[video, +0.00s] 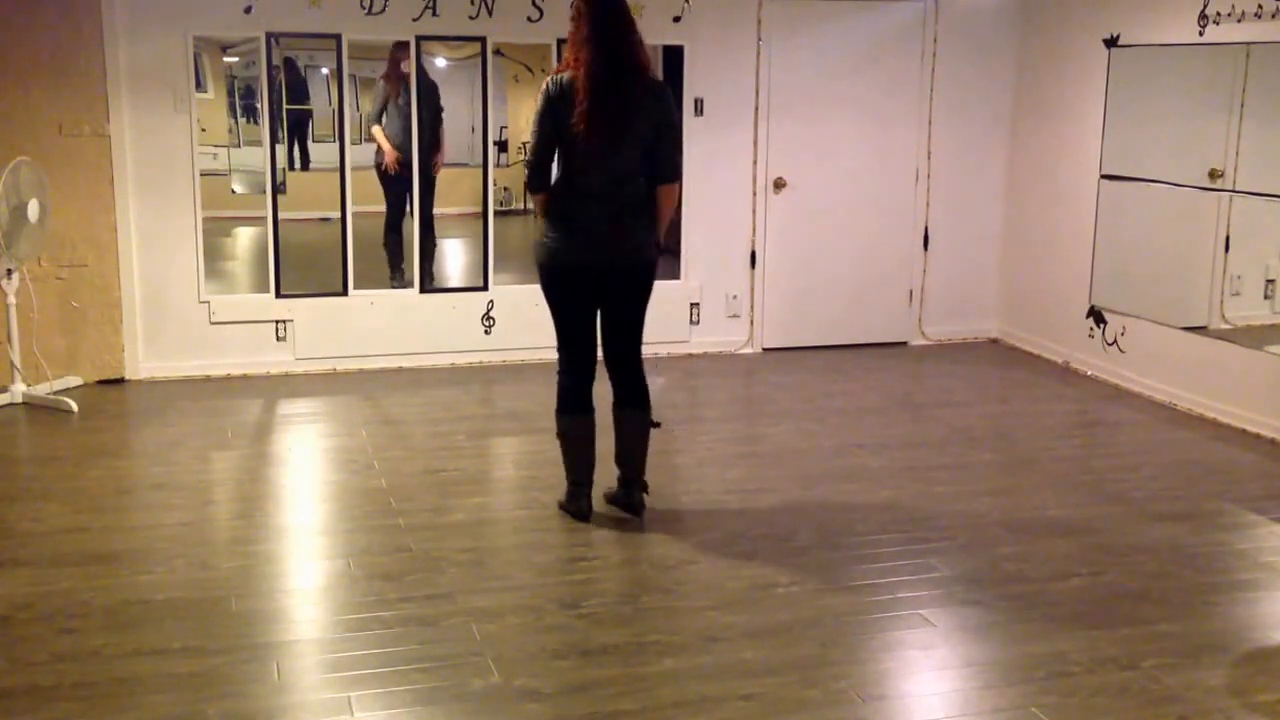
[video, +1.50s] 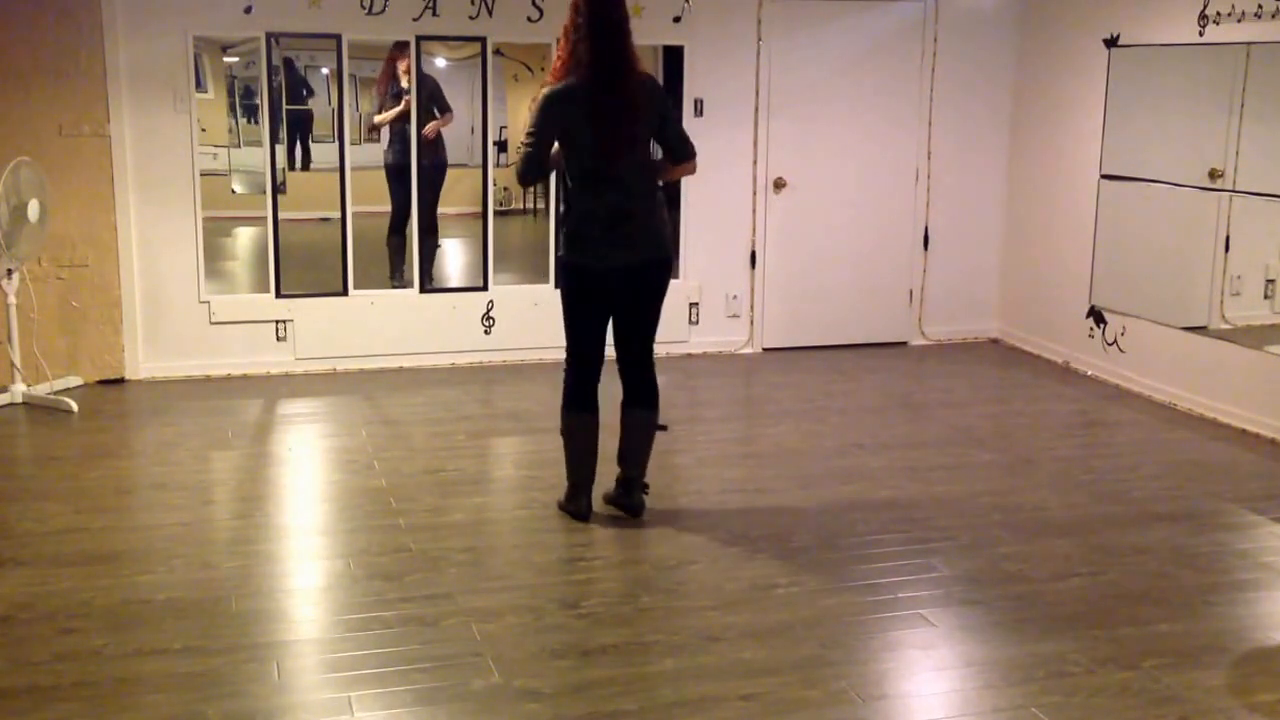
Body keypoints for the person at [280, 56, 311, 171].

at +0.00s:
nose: (281, 70)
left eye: (282, 68)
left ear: (283, 67)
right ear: (295, 65)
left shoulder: (282, 81)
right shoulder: (302, 79)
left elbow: (278, 100)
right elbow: (307, 97)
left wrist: (279, 115)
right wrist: (309, 111)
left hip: (289, 114)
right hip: (303, 113)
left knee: (289, 145)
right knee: (303, 143)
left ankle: (290, 169)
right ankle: (305, 168)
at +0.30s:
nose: (281, 70)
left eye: (282, 68)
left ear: (283, 67)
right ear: (294, 65)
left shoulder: (282, 80)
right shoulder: (302, 79)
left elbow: (278, 99)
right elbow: (307, 97)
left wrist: (278, 113)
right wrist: (306, 109)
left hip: (287, 114)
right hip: (302, 113)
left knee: (288, 143)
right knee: (300, 141)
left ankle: (289, 167)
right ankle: (304, 165)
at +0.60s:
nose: (282, 71)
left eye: (282, 68)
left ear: (283, 67)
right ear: (293, 65)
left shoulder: (282, 80)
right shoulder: (301, 78)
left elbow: (278, 96)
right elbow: (307, 96)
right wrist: (304, 105)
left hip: (287, 112)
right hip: (300, 112)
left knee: (288, 142)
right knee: (298, 142)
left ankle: (290, 167)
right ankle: (303, 165)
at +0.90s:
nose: (282, 71)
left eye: (282, 68)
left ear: (283, 68)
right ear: (293, 65)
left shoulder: (282, 79)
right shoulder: (300, 77)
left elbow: (280, 95)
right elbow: (308, 94)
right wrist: (304, 101)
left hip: (287, 112)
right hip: (300, 111)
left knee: (288, 143)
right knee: (298, 142)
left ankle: (290, 168)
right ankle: (303, 166)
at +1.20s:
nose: (282, 70)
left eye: (282, 68)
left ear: (283, 67)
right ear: (293, 65)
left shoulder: (282, 79)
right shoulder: (300, 77)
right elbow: (308, 94)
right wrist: (304, 101)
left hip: (287, 112)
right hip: (300, 112)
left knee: (288, 143)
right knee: (298, 142)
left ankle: (290, 168)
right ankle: (303, 166)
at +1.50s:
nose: (284, 70)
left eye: (283, 67)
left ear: (283, 67)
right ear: (294, 65)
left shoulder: (282, 81)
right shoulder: (300, 77)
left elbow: (278, 96)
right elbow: (311, 91)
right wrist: (304, 98)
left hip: (289, 112)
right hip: (303, 112)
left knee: (291, 143)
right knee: (304, 142)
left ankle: (291, 168)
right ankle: (305, 168)